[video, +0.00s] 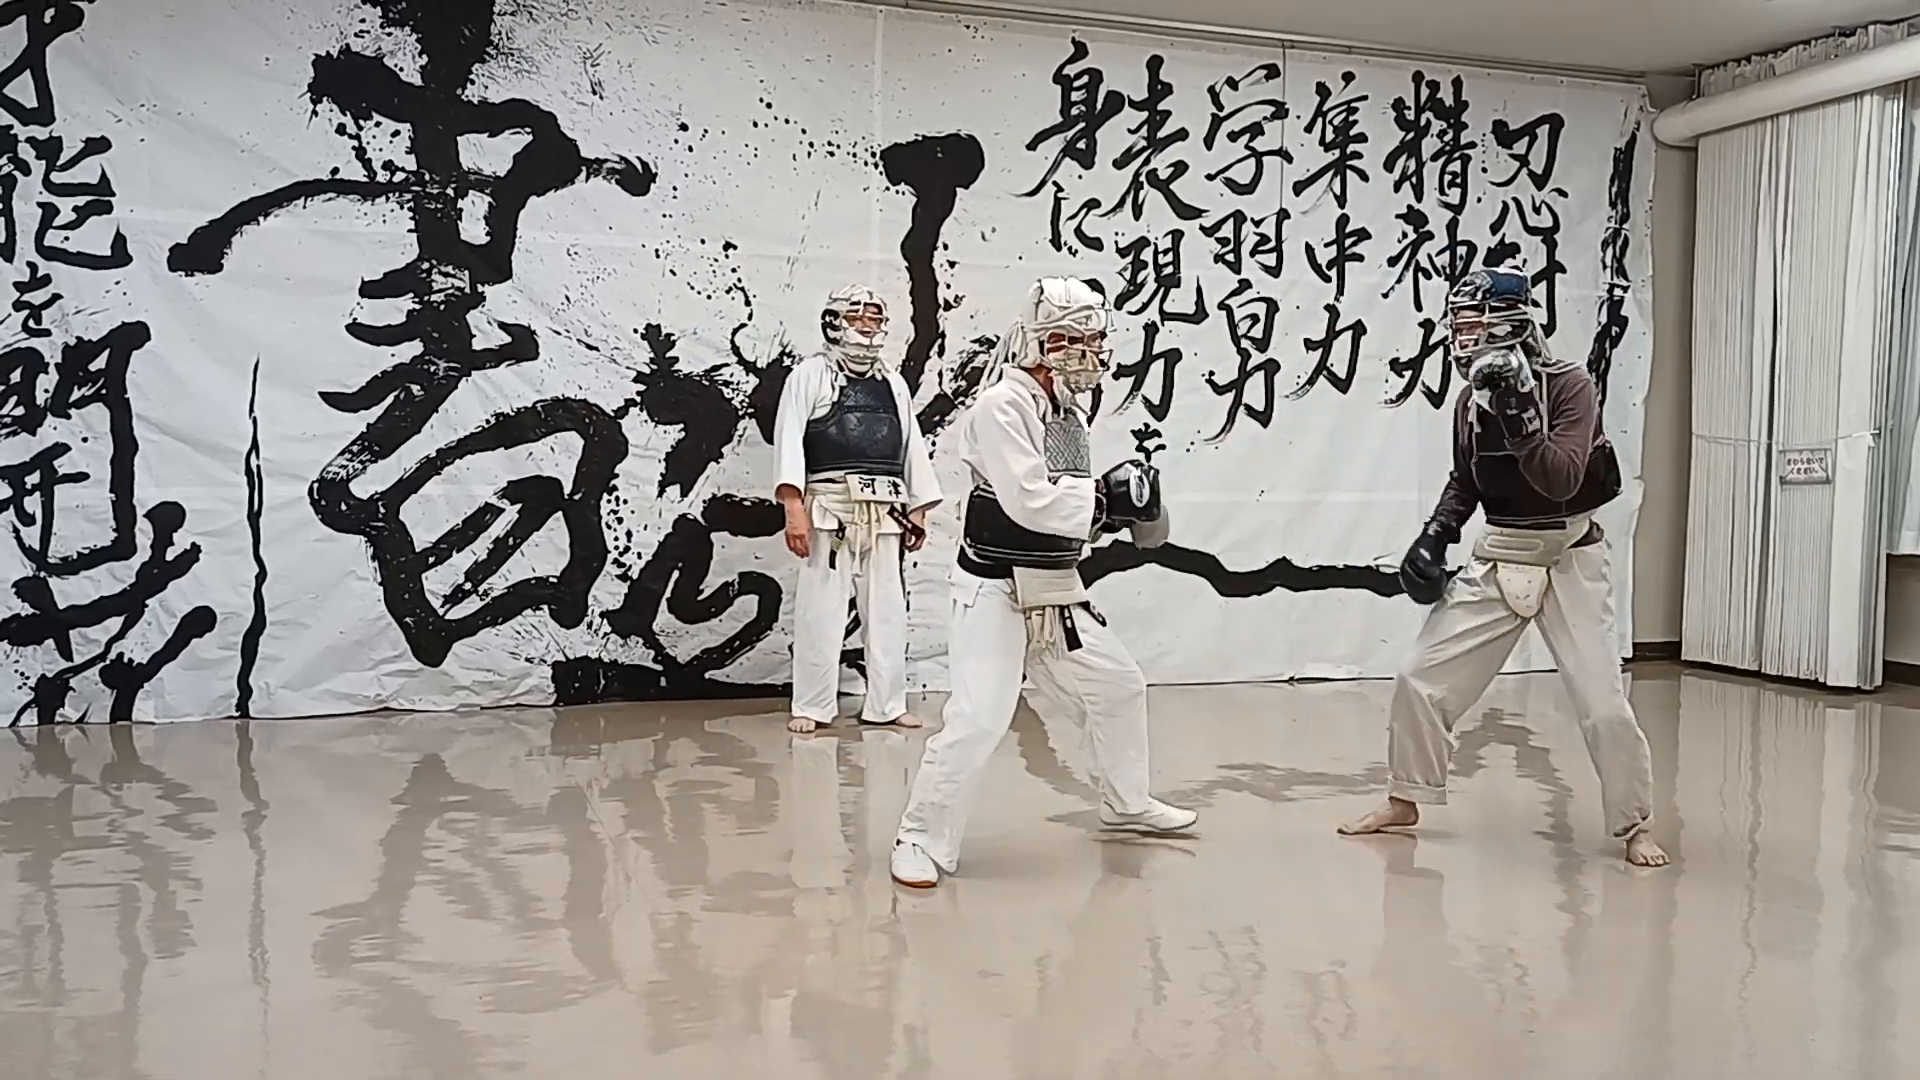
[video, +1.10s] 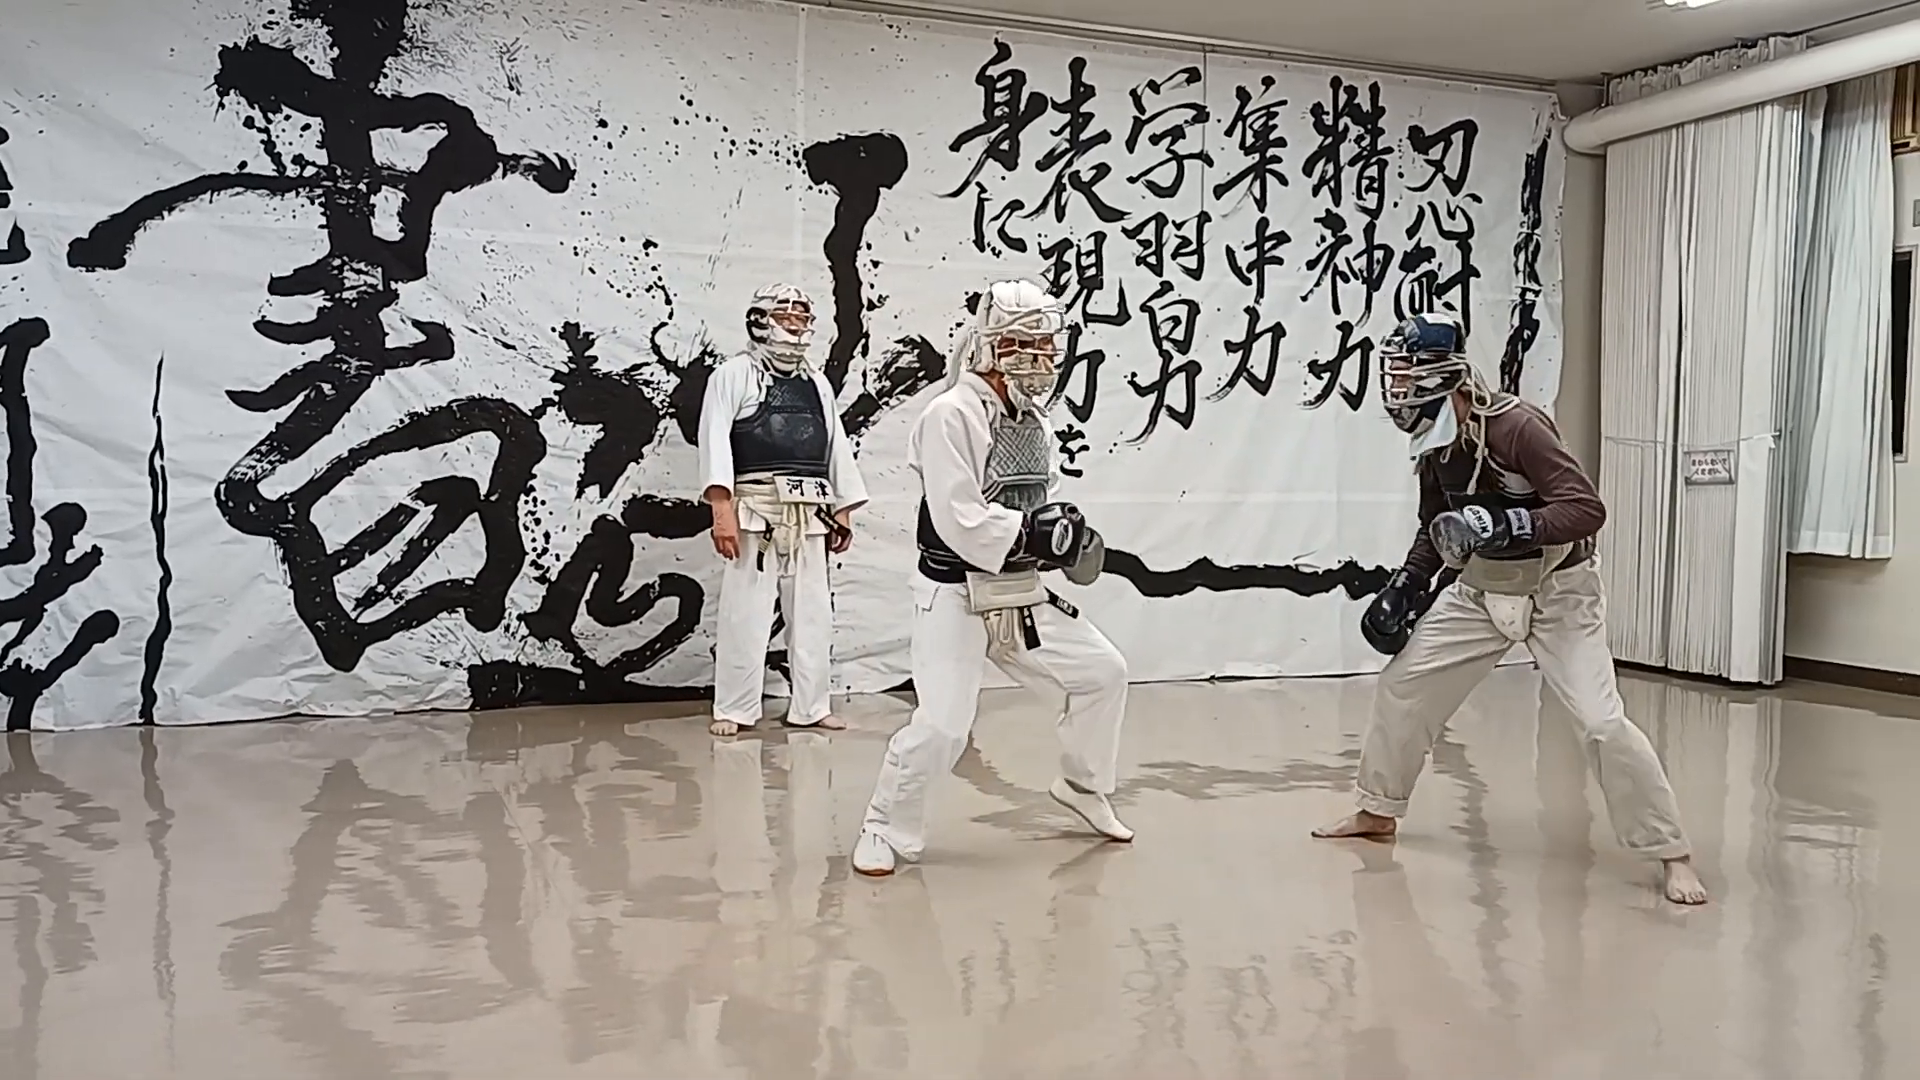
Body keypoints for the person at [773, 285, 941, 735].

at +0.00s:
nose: (868, 325)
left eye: (875, 319)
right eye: (858, 317)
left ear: (882, 326)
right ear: (836, 322)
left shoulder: (893, 381)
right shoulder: (810, 373)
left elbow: (912, 446)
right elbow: (789, 441)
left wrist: (920, 507)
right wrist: (794, 508)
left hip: (884, 509)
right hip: (825, 508)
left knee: (888, 612)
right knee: (820, 613)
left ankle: (886, 706)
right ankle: (811, 709)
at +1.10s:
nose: (798, 323)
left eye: (803, 317)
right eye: (788, 315)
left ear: (808, 326)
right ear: (762, 320)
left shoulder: (817, 381)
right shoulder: (733, 374)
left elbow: (836, 447)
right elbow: (715, 443)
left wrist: (844, 509)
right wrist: (722, 509)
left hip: (811, 511)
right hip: (751, 510)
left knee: (812, 614)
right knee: (744, 615)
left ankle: (810, 708)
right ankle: (734, 712)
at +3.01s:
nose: (734, 320)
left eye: (742, 314)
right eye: (724, 312)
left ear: (750, 323)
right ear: (702, 317)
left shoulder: (759, 379)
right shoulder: (674, 371)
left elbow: (779, 446)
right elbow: (655, 441)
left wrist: (784, 510)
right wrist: (662, 509)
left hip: (752, 510)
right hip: (692, 509)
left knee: (755, 614)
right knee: (685, 615)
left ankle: (751, 708)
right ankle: (675, 713)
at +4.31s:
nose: (661, 318)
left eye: (669, 312)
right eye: (651, 310)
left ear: (679, 321)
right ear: (630, 316)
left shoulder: (693, 377)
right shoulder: (604, 368)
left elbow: (714, 446)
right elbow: (584, 438)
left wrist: (719, 511)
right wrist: (590, 506)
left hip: (684, 510)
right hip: (620, 509)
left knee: (685, 616)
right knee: (614, 617)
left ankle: (681, 710)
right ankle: (604, 715)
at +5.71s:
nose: (624, 311)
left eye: (631, 305)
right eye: (613, 304)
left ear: (639, 316)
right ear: (590, 314)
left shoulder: (645, 368)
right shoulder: (566, 369)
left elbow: (667, 440)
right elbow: (542, 440)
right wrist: (549, 508)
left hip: (639, 512)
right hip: (580, 511)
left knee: (636, 631)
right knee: (574, 632)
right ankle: (563, 738)